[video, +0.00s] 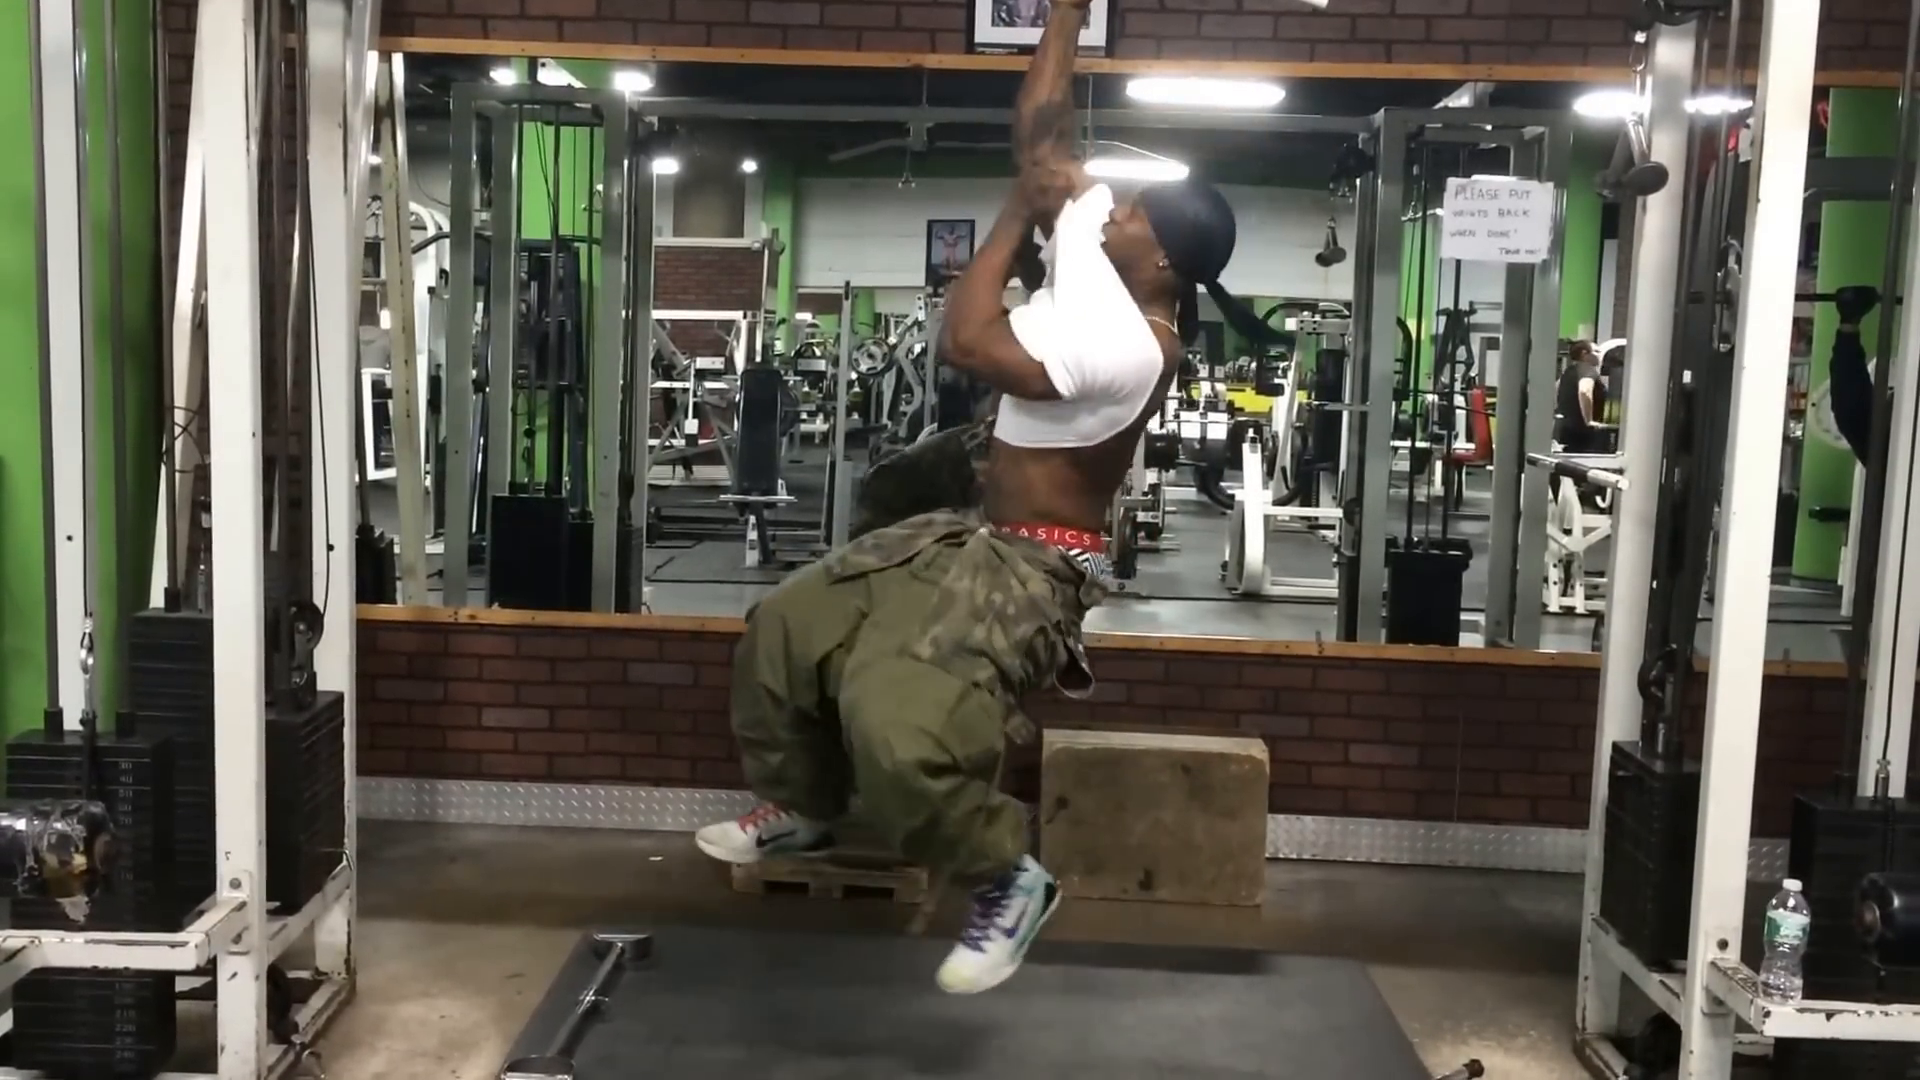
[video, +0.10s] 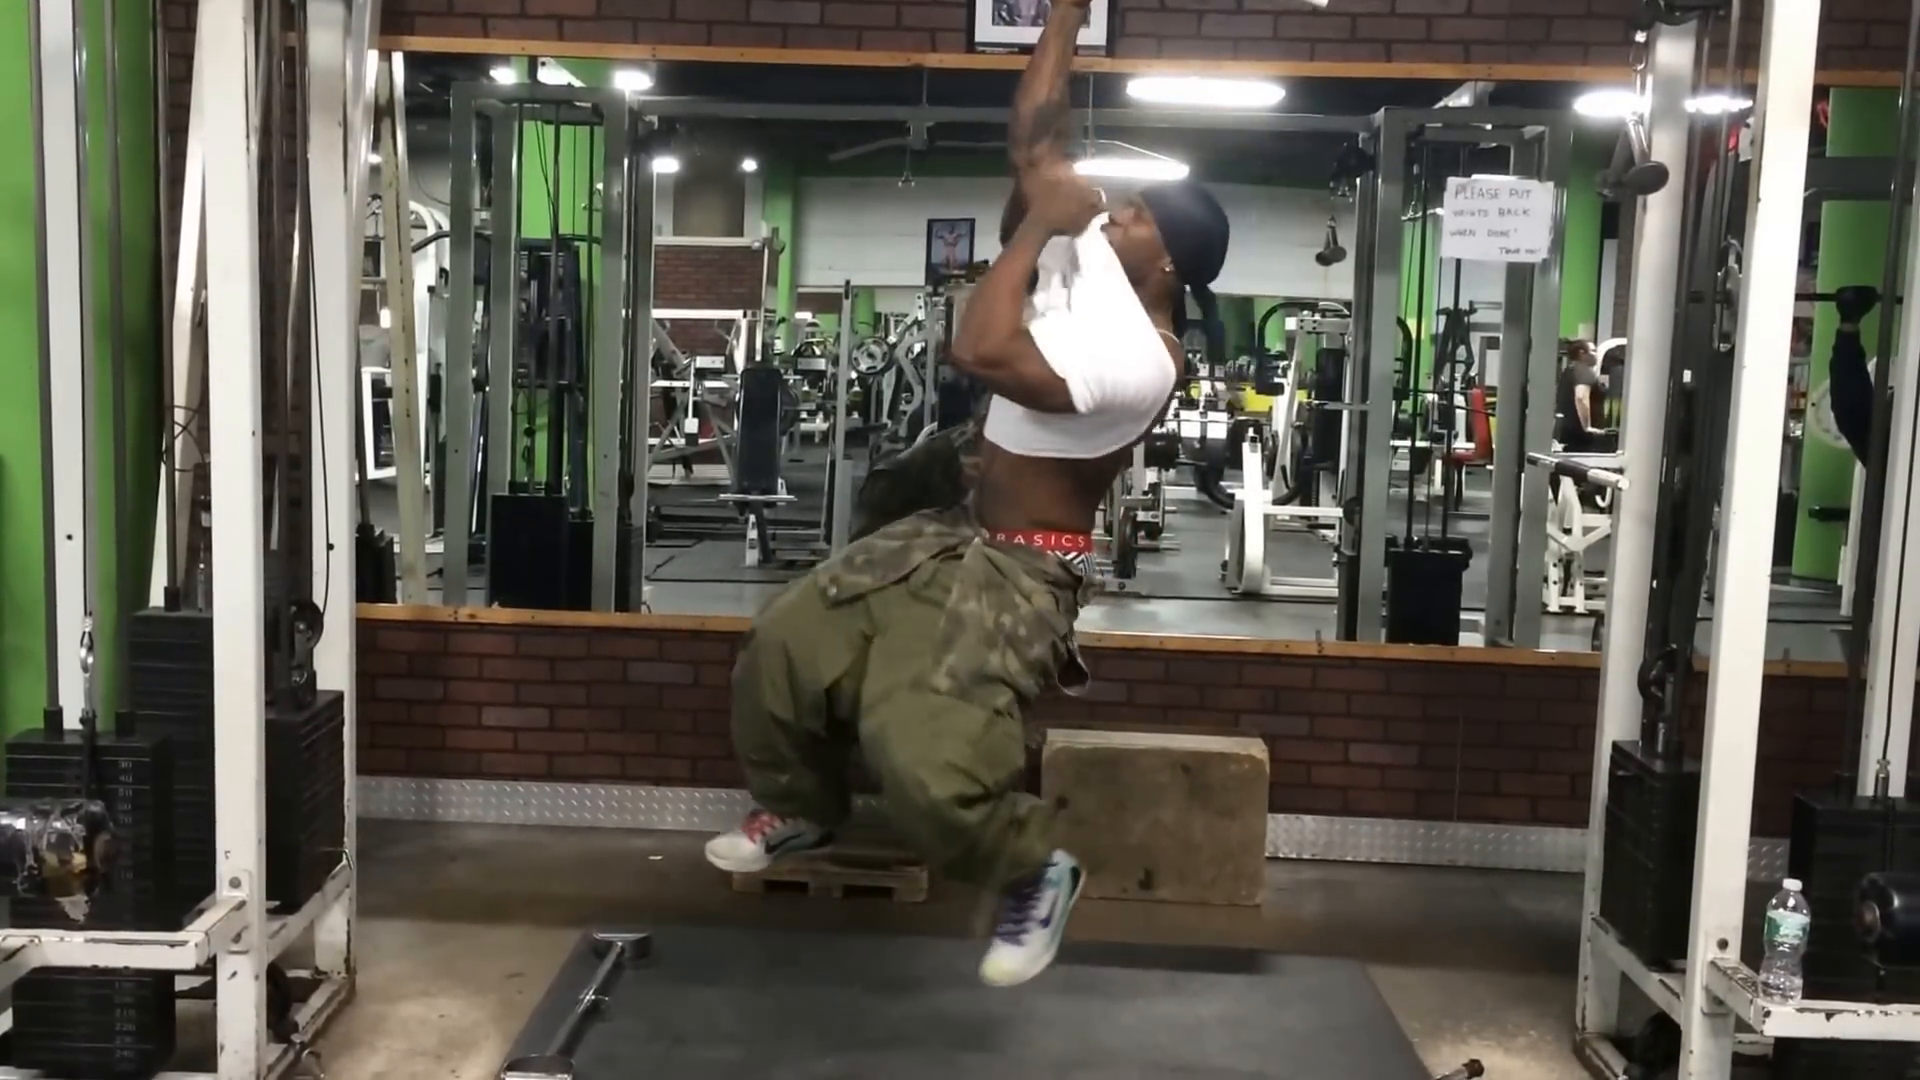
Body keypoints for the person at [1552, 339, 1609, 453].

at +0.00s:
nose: (1599, 355)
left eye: (1598, 351)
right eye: (1596, 351)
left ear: (1583, 354)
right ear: (1585, 354)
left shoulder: (1570, 370)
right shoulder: (1588, 370)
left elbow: (1557, 387)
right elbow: (1584, 391)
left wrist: (1560, 409)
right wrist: (1589, 420)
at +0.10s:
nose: (1596, 354)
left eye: (1596, 351)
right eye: (1593, 350)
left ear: (1582, 353)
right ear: (1582, 353)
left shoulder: (1568, 371)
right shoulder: (1583, 370)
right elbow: (1581, 397)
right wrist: (1587, 426)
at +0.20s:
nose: (1594, 354)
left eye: (1594, 350)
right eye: (1591, 350)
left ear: (1580, 353)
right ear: (1580, 353)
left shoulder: (1566, 372)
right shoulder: (1581, 371)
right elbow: (1580, 400)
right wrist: (1587, 429)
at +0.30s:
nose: (1593, 354)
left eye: (1593, 350)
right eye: (1590, 350)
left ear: (1578, 353)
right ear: (1579, 353)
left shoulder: (1566, 371)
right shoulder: (1580, 371)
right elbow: (1580, 399)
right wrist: (1587, 427)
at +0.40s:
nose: (1593, 353)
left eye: (1592, 349)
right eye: (1589, 349)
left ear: (1577, 353)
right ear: (1578, 353)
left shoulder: (1564, 371)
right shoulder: (1581, 371)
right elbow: (1580, 395)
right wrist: (1588, 422)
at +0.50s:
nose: (1593, 353)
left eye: (1592, 349)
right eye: (1590, 349)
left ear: (1577, 353)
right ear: (1579, 353)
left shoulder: (1564, 370)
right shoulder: (1584, 370)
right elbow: (1581, 388)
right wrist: (1589, 415)